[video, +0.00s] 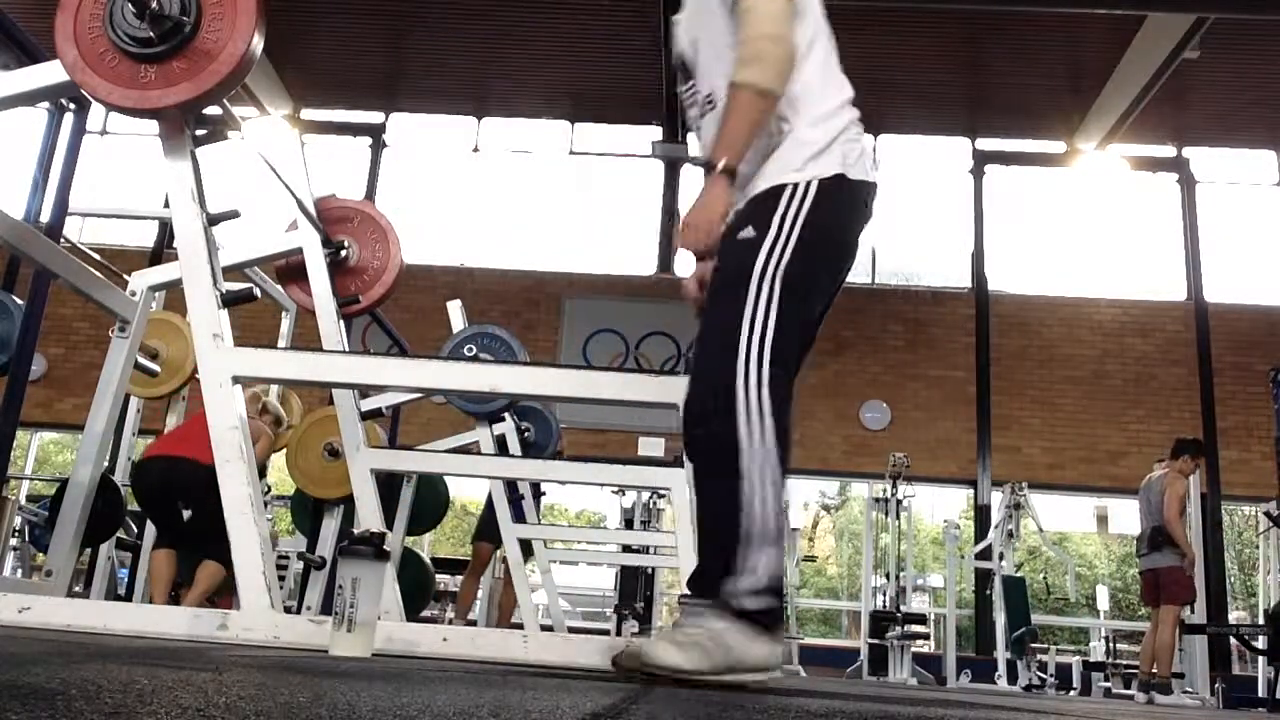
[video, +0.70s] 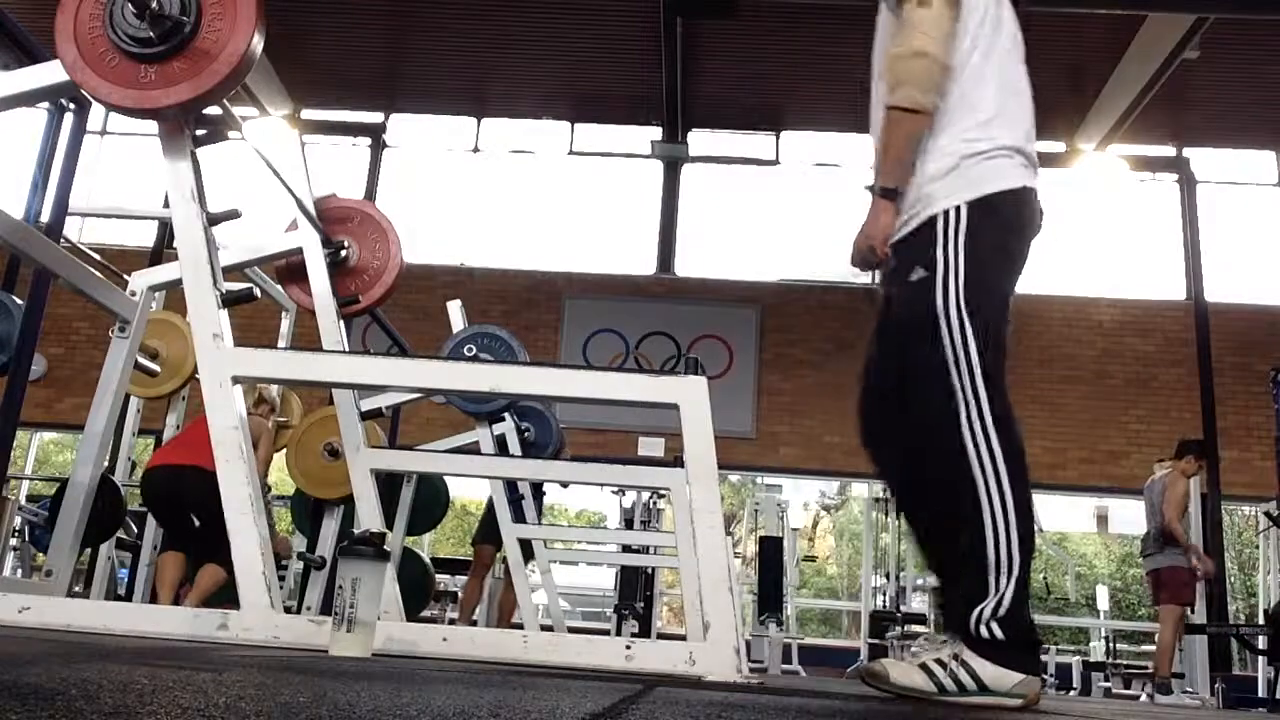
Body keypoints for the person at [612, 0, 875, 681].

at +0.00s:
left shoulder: (756, 3)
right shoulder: (698, 22)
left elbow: (770, 53)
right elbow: (745, 134)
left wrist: (717, 180)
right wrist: (722, 246)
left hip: (810, 168)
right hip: (768, 182)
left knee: (744, 380)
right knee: (714, 397)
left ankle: (752, 619)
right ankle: (718, 617)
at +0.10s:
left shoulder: (791, 4)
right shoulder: (730, 16)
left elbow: (796, 38)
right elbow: (766, 135)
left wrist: (740, 159)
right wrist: (735, 246)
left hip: (819, 170)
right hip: (780, 181)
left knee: (751, 364)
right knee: (725, 400)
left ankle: (857, 592)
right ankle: (712, 630)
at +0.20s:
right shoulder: (783, 14)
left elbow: (819, 29)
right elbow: (801, 122)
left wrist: (759, 156)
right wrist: (760, 241)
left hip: (831, 175)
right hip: (795, 185)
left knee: (780, 376)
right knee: (739, 417)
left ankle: (936, 591)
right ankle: (712, 635)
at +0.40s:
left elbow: (848, 25)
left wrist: (813, 151)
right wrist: (839, 171)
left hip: (886, 186)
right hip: (859, 192)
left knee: (885, 413)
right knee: (796, 423)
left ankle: (993, 649)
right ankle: (721, 631)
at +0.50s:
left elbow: (863, 32)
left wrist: (842, 167)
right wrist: (867, 182)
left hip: (921, 179)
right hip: (896, 188)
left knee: (912, 402)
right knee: (832, 415)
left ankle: (997, 649)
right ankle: (760, 624)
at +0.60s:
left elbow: (897, 37)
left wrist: (863, 182)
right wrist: (893, 195)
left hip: (948, 176)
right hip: (921, 187)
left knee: (948, 405)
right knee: (853, 410)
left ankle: (998, 648)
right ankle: (867, 625)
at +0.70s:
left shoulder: (937, 3)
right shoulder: (931, 12)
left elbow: (920, 54)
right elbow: (932, 72)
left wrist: (885, 195)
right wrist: (896, 205)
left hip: (970, 184)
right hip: (937, 196)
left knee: (958, 401)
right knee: (890, 414)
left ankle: (999, 650)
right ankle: (975, 632)